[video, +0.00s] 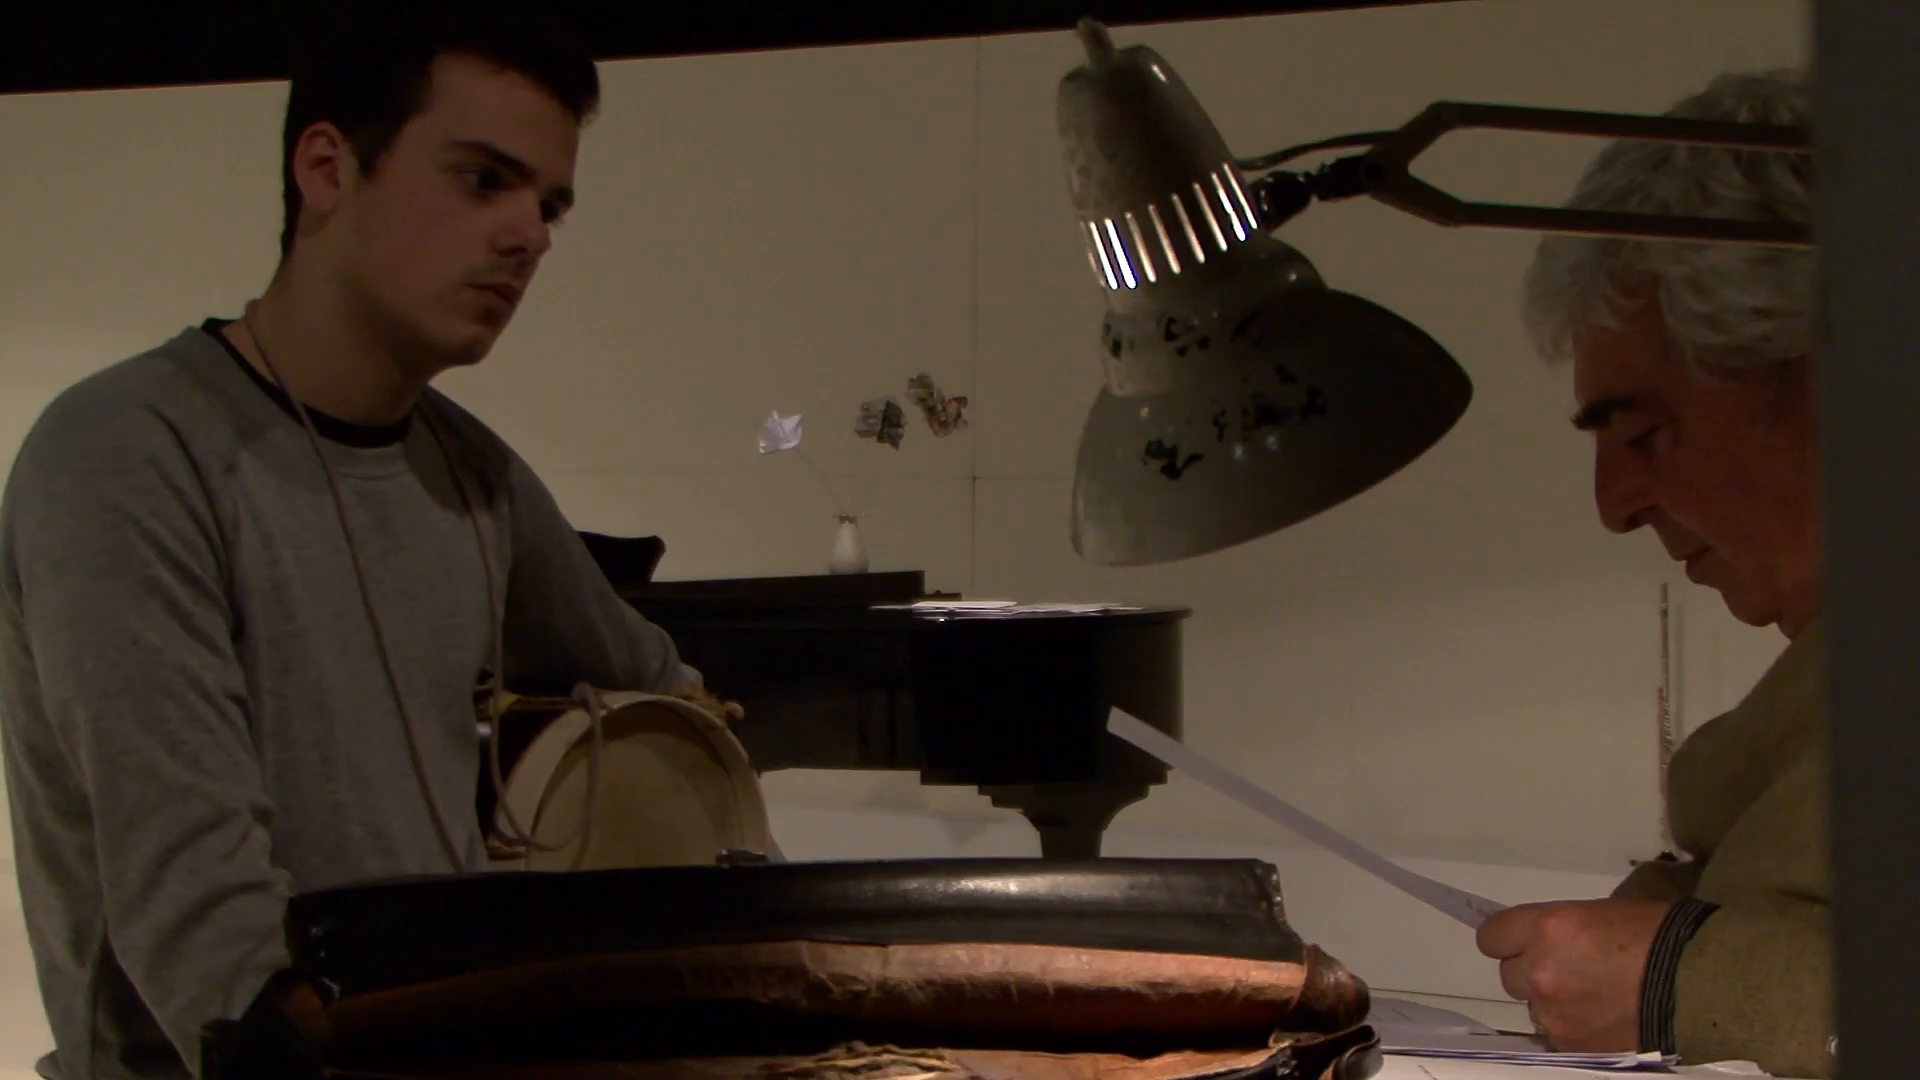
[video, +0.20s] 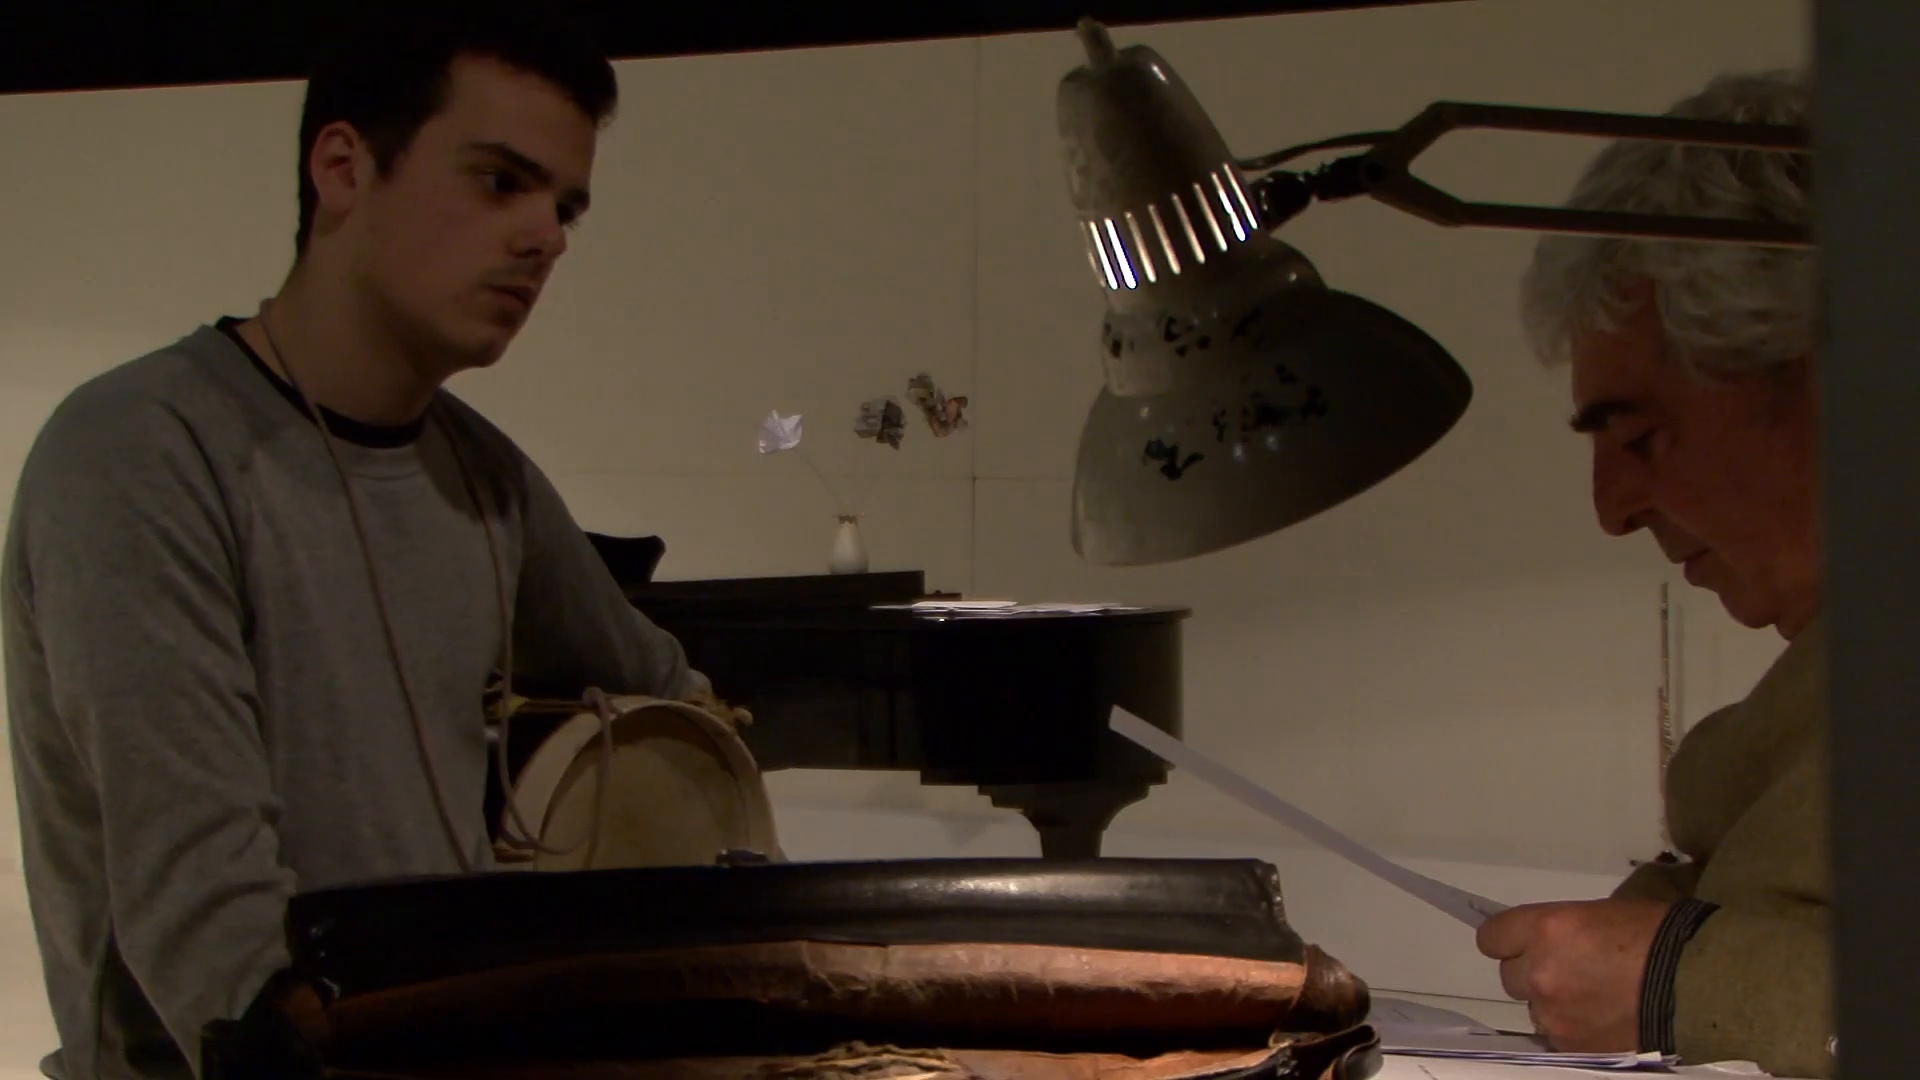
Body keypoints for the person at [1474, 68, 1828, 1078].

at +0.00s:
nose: (1618, 508)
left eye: (1644, 431)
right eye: (1605, 442)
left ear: (1821, 370)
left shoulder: (1876, 652)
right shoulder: (1828, 647)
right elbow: (1772, 870)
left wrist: (1682, 984)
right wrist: (1662, 925)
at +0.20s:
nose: (1615, 509)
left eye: (1639, 435)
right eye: (1603, 447)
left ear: (1817, 374)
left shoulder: (1874, 658)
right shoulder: (1822, 653)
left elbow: (1891, 1002)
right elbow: (1764, 871)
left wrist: (1681, 984)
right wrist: (1656, 928)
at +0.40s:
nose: (1615, 512)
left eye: (1640, 437)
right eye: (1602, 449)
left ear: (1817, 378)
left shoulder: (1875, 660)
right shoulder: (1822, 656)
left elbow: (1890, 1004)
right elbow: (1761, 869)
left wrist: (1679, 984)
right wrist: (1655, 926)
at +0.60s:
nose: (1614, 511)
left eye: (1639, 436)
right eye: (1602, 447)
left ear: (1816, 378)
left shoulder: (1874, 662)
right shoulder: (1815, 661)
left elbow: (1888, 1007)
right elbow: (1762, 874)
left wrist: (1680, 983)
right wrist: (1654, 928)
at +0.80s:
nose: (1612, 505)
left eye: (1640, 430)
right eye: (1602, 440)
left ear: (1818, 373)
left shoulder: (1870, 668)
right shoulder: (1804, 677)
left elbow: (1887, 1006)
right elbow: (1769, 880)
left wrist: (1680, 983)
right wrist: (1657, 929)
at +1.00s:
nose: (1610, 495)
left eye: (1639, 421)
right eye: (1601, 433)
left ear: (1824, 367)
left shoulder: (1869, 663)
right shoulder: (1802, 672)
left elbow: (1890, 1004)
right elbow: (1757, 877)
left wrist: (1680, 983)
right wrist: (1654, 928)